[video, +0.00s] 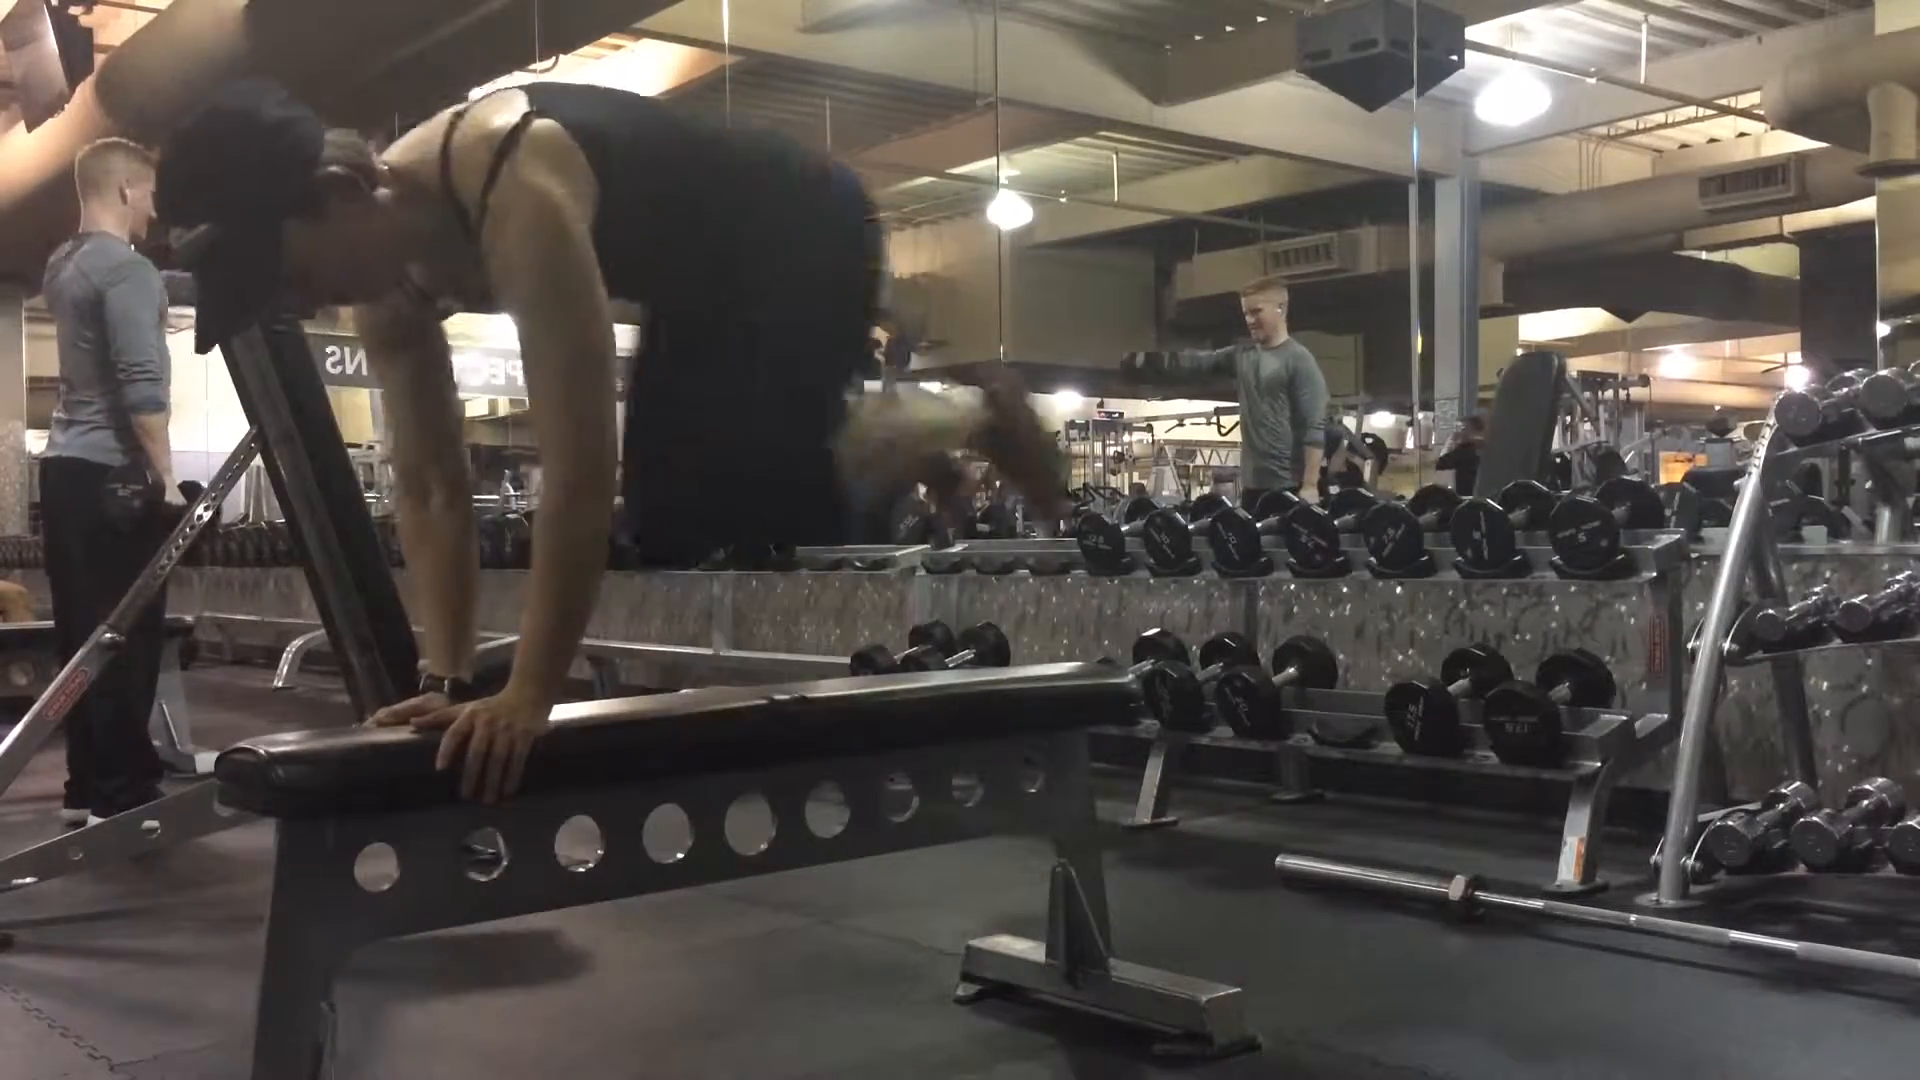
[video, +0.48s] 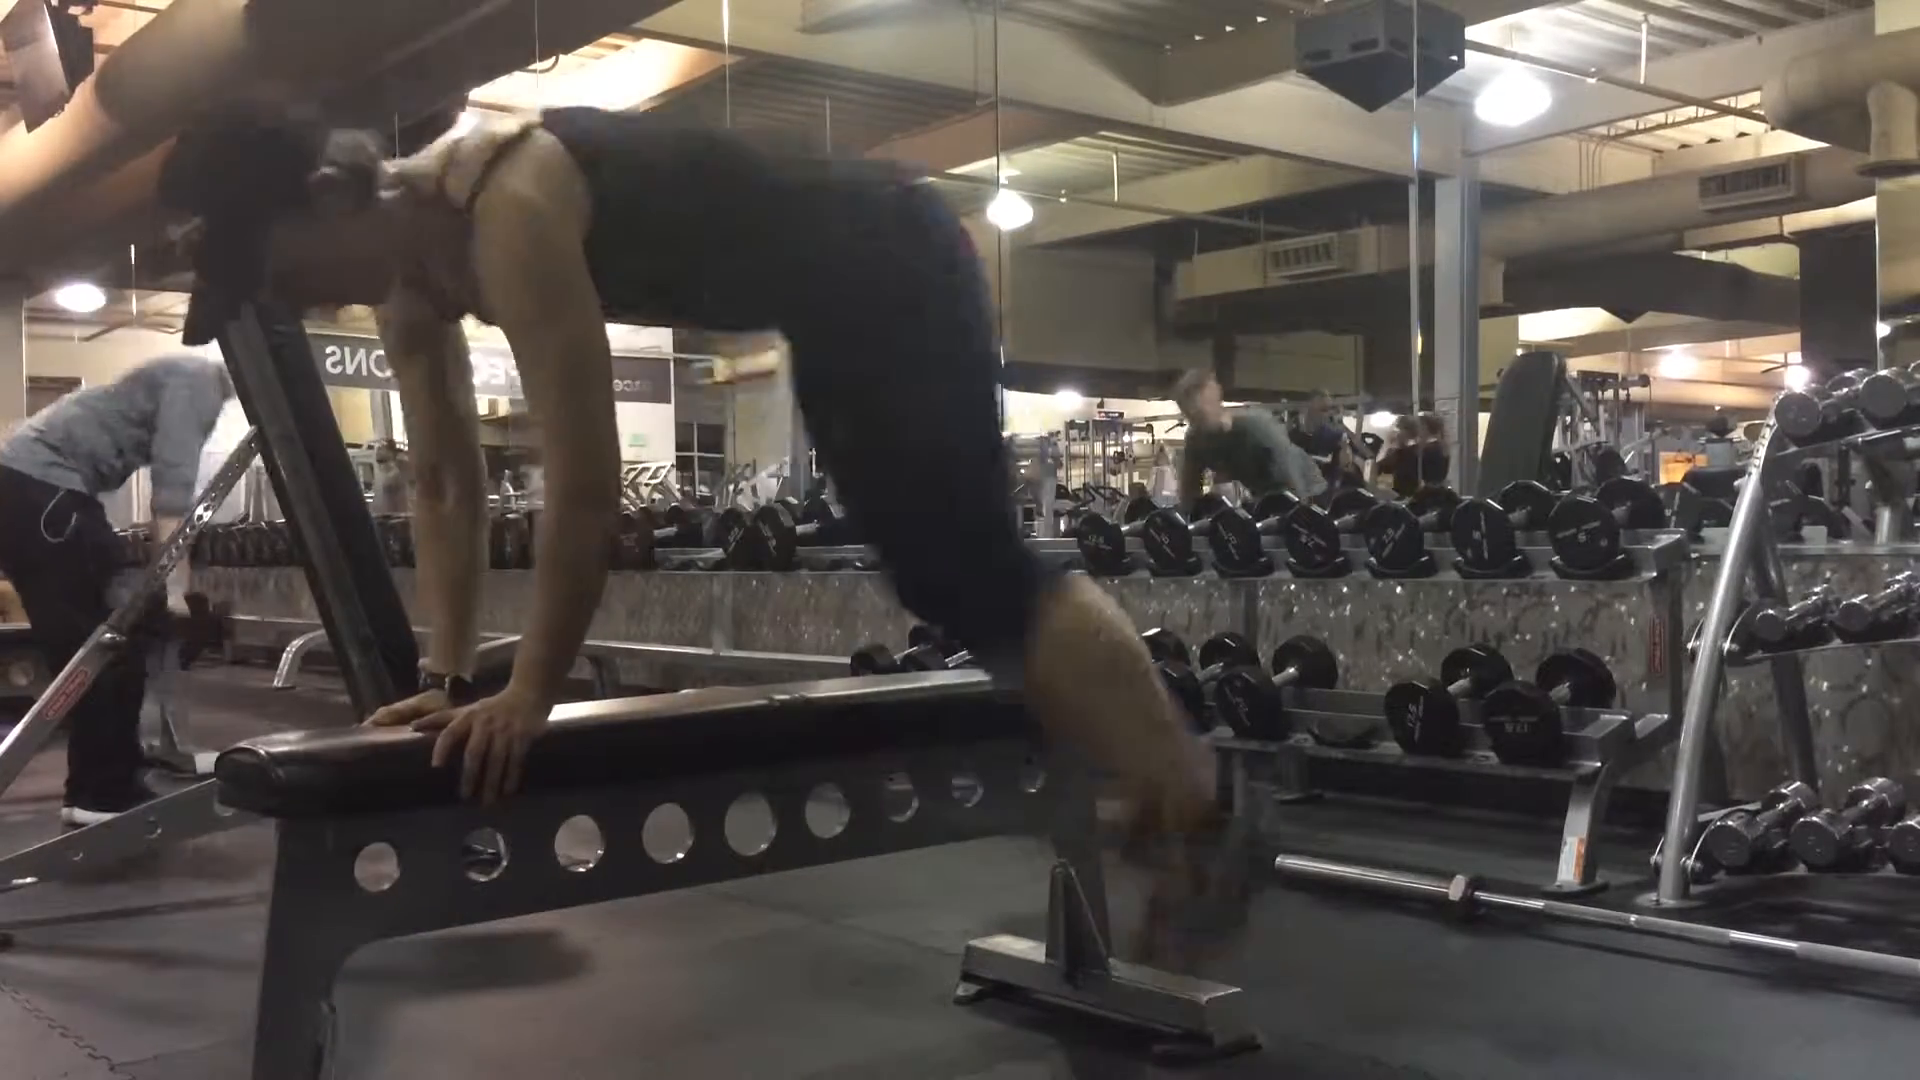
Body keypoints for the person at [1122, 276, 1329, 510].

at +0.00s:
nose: (1249, 320)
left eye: (1256, 312)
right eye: (1246, 314)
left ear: (1281, 310)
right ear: (1244, 316)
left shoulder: (1300, 360)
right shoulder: (1242, 355)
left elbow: (1315, 427)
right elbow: (1194, 362)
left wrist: (1310, 485)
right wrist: (1146, 360)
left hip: (1289, 485)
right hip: (1252, 485)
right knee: (1251, 563)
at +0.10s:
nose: (1244, 321)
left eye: (1251, 313)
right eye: (1241, 314)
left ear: (1276, 311)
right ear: (1239, 316)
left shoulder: (1297, 365)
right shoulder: (1239, 357)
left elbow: (1311, 434)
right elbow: (1193, 376)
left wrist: (1308, 490)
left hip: (1286, 490)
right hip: (1250, 489)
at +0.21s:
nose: (1234, 329)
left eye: (1242, 320)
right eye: (1230, 322)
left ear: (1264, 318)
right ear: (1227, 324)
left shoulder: (1290, 371)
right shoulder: (1227, 368)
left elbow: (1308, 445)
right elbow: (1189, 396)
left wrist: (1308, 499)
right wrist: (1163, 422)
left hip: (1289, 489)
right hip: (1253, 489)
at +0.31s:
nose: (1216, 348)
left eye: (1224, 339)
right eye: (1213, 340)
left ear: (1247, 337)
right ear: (1210, 340)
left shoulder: (1280, 385)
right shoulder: (1212, 387)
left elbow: (1304, 460)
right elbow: (1182, 435)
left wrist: (1308, 517)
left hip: (1294, 488)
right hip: (1261, 489)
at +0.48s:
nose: (1194, 412)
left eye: (1199, 402)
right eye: (1188, 406)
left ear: (1217, 393)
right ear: (1184, 411)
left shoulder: (1258, 426)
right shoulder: (1196, 441)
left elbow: (1291, 492)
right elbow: (1189, 496)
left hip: (1310, 488)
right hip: (1265, 495)